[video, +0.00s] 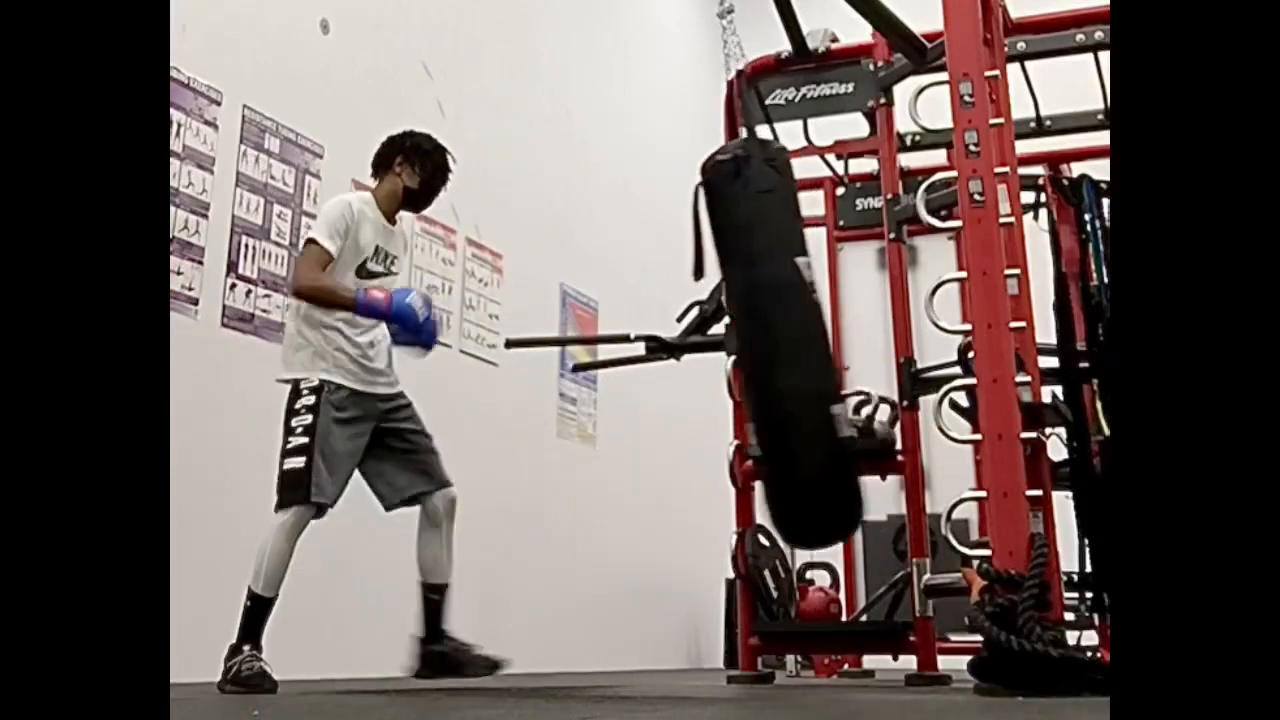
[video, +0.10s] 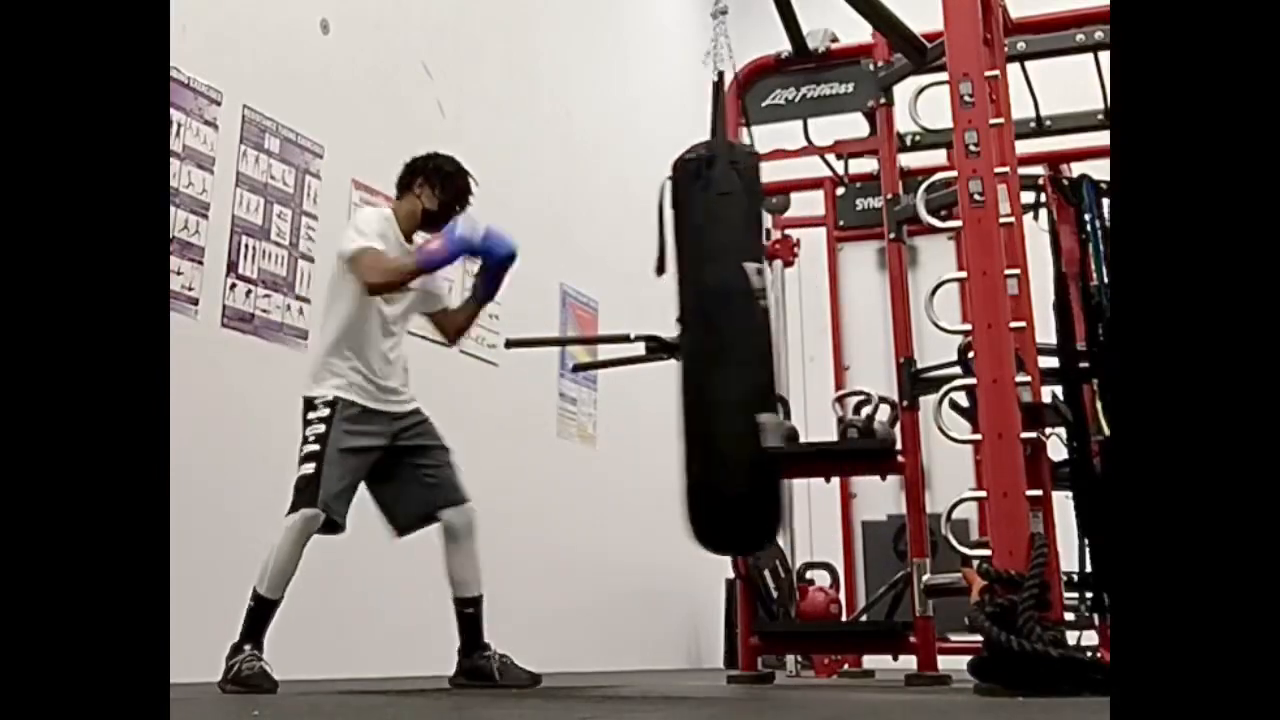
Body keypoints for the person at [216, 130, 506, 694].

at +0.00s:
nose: (428, 189)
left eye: (435, 182)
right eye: (423, 175)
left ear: (422, 184)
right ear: (396, 165)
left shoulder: (400, 238)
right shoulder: (346, 210)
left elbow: (366, 310)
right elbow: (305, 280)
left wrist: (407, 327)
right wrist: (384, 302)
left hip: (379, 388)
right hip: (324, 383)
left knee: (439, 501)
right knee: (299, 507)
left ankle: (435, 645)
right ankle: (244, 652)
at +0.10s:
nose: (440, 219)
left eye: (447, 214)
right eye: (439, 207)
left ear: (440, 210)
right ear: (418, 187)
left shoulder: (421, 259)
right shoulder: (369, 218)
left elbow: (451, 328)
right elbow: (375, 275)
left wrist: (488, 280)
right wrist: (447, 251)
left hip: (397, 404)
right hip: (340, 396)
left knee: (458, 516)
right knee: (309, 515)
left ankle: (474, 656)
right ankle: (246, 651)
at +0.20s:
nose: (457, 221)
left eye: (463, 214)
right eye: (454, 209)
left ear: (455, 216)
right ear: (432, 196)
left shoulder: (441, 260)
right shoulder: (384, 223)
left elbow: (483, 321)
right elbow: (430, 277)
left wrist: (493, 257)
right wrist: (461, 231)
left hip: (406, 411)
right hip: (346, 404)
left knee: (472, 516)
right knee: (302, 512)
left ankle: (475, 656)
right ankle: (247, 650)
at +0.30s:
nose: (460, 229)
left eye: (466, 224)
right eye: (459, 218)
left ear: (444, 214)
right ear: (435, 200)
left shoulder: (430, 259)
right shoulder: (384, 220)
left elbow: (443, 336)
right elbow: (400, 285)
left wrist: (474, 278)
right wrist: (452, 249)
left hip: (398, 409)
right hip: (342, 398)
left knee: (457, 516)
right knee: (300, 517)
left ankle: (474, 656)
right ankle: (244, 651)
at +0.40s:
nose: (452, 219)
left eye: (459, 213)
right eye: (451, 207)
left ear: (440, 211)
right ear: (427, 193)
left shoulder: (421, 258)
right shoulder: (379, 211)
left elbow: (446, 323)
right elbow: (408, 266)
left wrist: (468, 264)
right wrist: (450, 226)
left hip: (400, 404)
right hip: (346, 395)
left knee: (457, 517)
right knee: (308, 518)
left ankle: (474, 657)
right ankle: (246, 651)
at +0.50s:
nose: (459, 216)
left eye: (465, 209)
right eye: (457, 204)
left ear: (439, 204)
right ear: (433, 194)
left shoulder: (424, 251)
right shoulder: (385, 214)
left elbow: (438, 331)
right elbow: (422, 272)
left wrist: (463, 262)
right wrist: (456, 229)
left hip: (406, 403)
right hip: (355, 394)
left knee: (470, 516)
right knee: (315, 521)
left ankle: (472, 657)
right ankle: (245, 652)